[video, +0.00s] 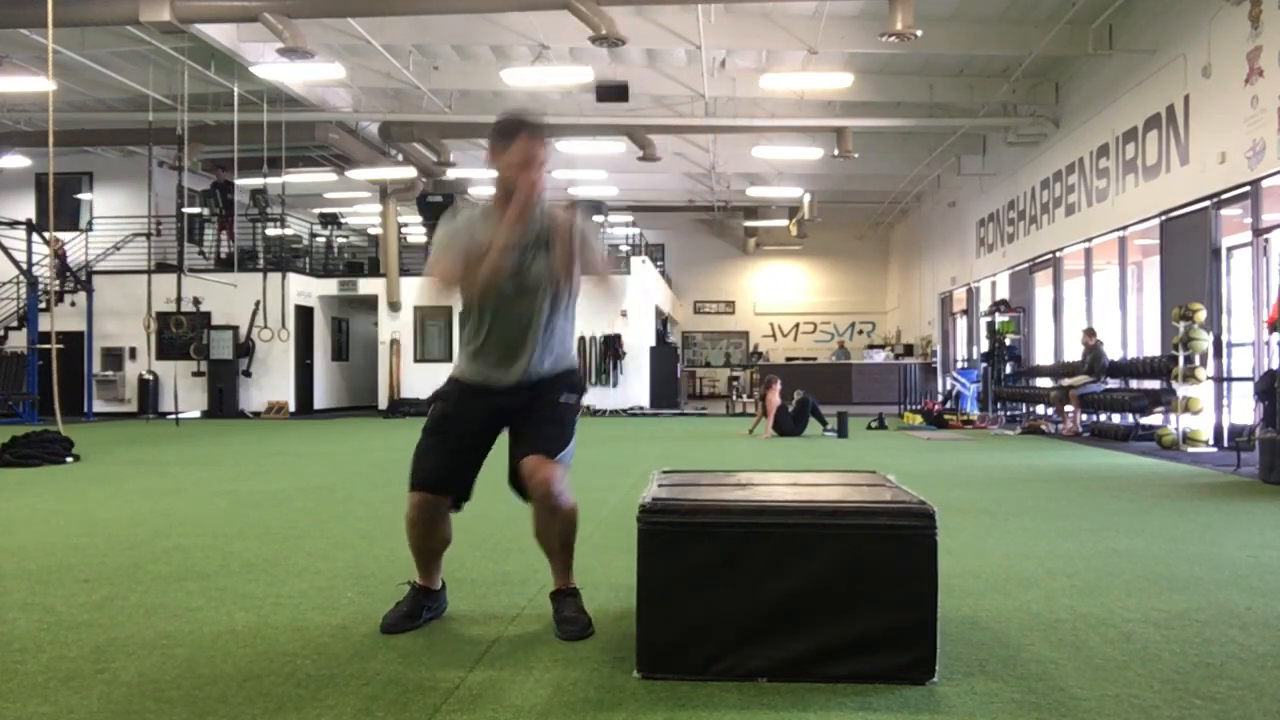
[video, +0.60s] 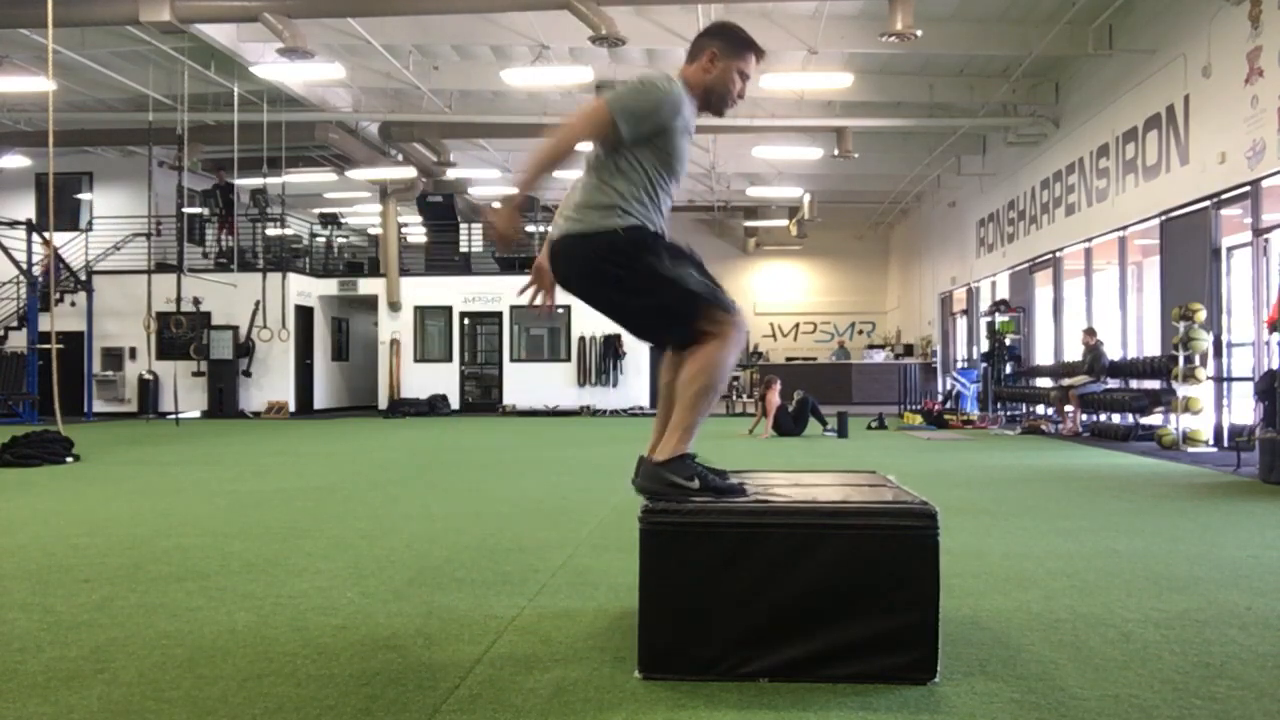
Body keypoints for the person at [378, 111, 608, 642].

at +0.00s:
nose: (536, 172)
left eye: (541, 163)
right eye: (525, 162)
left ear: (547, 164)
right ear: (495, 160)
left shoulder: (564, 224)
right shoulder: (465, 224)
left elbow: (595, 274)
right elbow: (468, 286)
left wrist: (565, 225)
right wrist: (512, 218)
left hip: (549, 378)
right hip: (476, 379)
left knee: (543, 478)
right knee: (425, 496)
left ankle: (565, 590)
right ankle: (427, 590)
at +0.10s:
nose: (557, 93)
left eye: (564, 83)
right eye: (547, 81)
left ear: (576, 86)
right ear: (527, 80)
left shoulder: (582, 132)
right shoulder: (496, 134)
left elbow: (652, 122)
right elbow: (508, 129)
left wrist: (626, 48)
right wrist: (584, 52)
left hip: (565, 326)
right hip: (494, 326)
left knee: (575, 452)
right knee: (455, 461)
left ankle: (566, 584)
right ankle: (422, 573)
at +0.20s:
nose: (625, 31)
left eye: (627, 21)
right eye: (620, 17)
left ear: (605, 18)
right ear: (584, 11)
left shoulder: (603, 65)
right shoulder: (534, 54)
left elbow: (671, 83)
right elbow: (494, 83)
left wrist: (698, 31)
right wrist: (589, 74)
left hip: (576, 241)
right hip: (518, 242)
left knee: (604, 367)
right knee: (522, 381)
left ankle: (570, 506)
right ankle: (448, 488)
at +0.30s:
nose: (666, 27)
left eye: (670, 18)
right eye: (662, 13)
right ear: (628, 3)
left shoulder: (636, 69)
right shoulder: (576, 32)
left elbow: (675, 113)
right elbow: (503, 67)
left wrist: (745, 113)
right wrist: (553, 142)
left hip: (576, 206)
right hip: (524, 201)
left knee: (652, 294)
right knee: (605, 296)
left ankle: (577, 410)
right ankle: (517, 410)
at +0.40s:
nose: (707, 42)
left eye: (710, 32)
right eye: (702, 27)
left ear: (674, 20)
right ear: (668, 12)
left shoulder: (659, 79)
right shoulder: (616, 40)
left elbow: (652, 147)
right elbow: (527, 69)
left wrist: (684, 204)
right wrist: (490, 163)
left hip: (585, 187)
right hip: (544, 180)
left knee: (666, 270)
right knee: (663, 258)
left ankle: (629, 395)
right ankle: (611, 398)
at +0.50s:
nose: (732, 68)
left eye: (737, 58)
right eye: (731, 52)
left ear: (702, 39)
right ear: (700, 33)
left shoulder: (670, 87)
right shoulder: (641, 61)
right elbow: (548, 92)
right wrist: (483, 161)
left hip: (587, 214)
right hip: (576, 205)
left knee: (679, 305)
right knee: (688, 292)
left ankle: (661, 444)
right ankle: (675, 442)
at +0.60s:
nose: (743, 92)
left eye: (747, 82)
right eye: (741, 76)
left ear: (709, 66)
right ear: (708, 60)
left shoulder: (672, 113)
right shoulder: (662, 93)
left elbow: (600, 184)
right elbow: (573, 128)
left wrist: (552, 248)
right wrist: (517, 200)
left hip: (590, 246)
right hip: (606, 239)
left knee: (689, 336)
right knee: (727, 326)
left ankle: (660, 459)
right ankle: (673, 457)